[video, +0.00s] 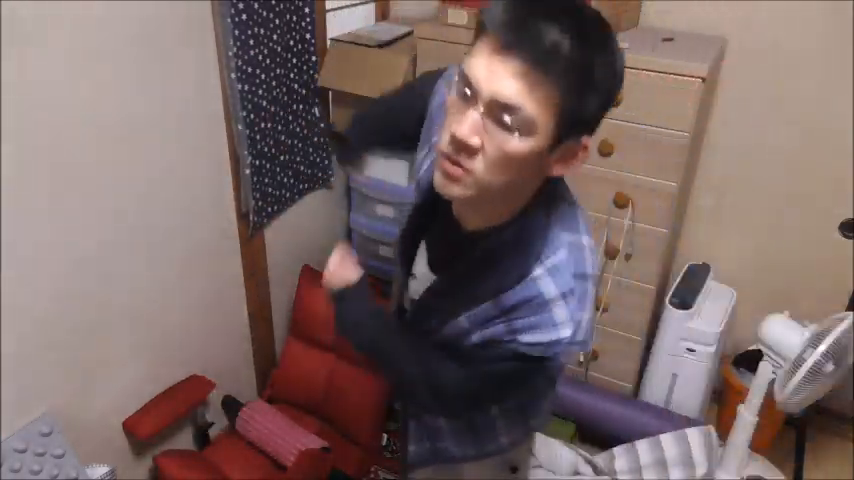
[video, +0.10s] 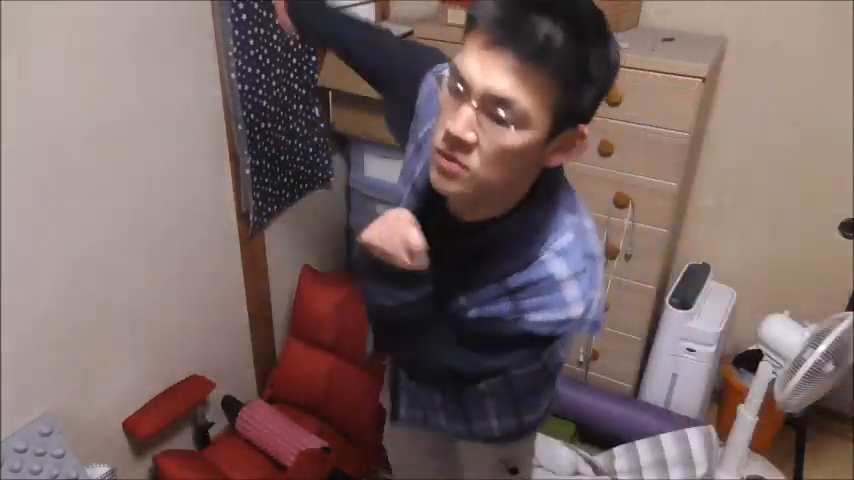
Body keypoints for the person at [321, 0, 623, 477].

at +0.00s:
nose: (462, 131)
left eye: (506, 122)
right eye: (465, 92)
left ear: (565, 157)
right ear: (455, 79)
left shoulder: (546, 308)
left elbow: (444, 389)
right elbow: (434, 89)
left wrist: (350, 299)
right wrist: (354, 138)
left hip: (470, 439)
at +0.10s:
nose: (457, 128)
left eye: (500, 115)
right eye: (457, 88)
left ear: (563, 146)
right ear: (451, 69)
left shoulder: (554, 284)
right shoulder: (437, 96)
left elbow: (431, 363)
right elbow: (377, 52)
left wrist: (396, 279)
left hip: (496, 402)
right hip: (416, 374)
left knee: (489, 473)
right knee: (410, 466)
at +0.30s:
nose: (457, 41)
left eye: (500, 16)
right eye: (449, 11)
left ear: (568, 40)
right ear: (433, 17)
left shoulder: (633, 202)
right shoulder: (405, 105)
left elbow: (600, 359)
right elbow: (341, 160)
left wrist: (472, 375)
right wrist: (225, 127)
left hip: (531, 425)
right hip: (425, 384)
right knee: (409, 467)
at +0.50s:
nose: (428, 29)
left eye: (463, 4)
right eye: (416, 6)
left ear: (525, 20)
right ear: (401, 21)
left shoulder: (631, 120)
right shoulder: (409, 169)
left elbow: (789, 231)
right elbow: (390, 305)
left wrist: (851, 314)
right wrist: (336, 360)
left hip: (660, 445)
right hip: (511, 446)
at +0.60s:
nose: (425, 43)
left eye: (455, 16)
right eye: (408, 19)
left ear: (514, 28)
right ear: (391, 32)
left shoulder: (622, 104)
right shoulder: (418, 186)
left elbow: (757, 163)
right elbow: (411, 335)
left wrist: (851, 159)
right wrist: (386, 245)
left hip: (699, 448)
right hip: (543, 457)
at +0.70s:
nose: (435, 69)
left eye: (462, 42)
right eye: (416, 44)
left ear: (519, 56)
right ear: (400, 56)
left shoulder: (617, 122)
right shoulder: (421, 199)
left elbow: (737, 185)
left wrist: (849, 142)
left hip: (692, 442)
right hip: (550, 462)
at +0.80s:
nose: (439, 66)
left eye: (467, 41)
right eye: (422, 43)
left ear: (524, 55)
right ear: (406, 57)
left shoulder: (622, 135)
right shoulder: (426, 204)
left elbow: (741, 215)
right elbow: (418, 328)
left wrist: (848, 201)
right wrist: (358, 191)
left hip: (669, 456)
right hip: (529, 465)